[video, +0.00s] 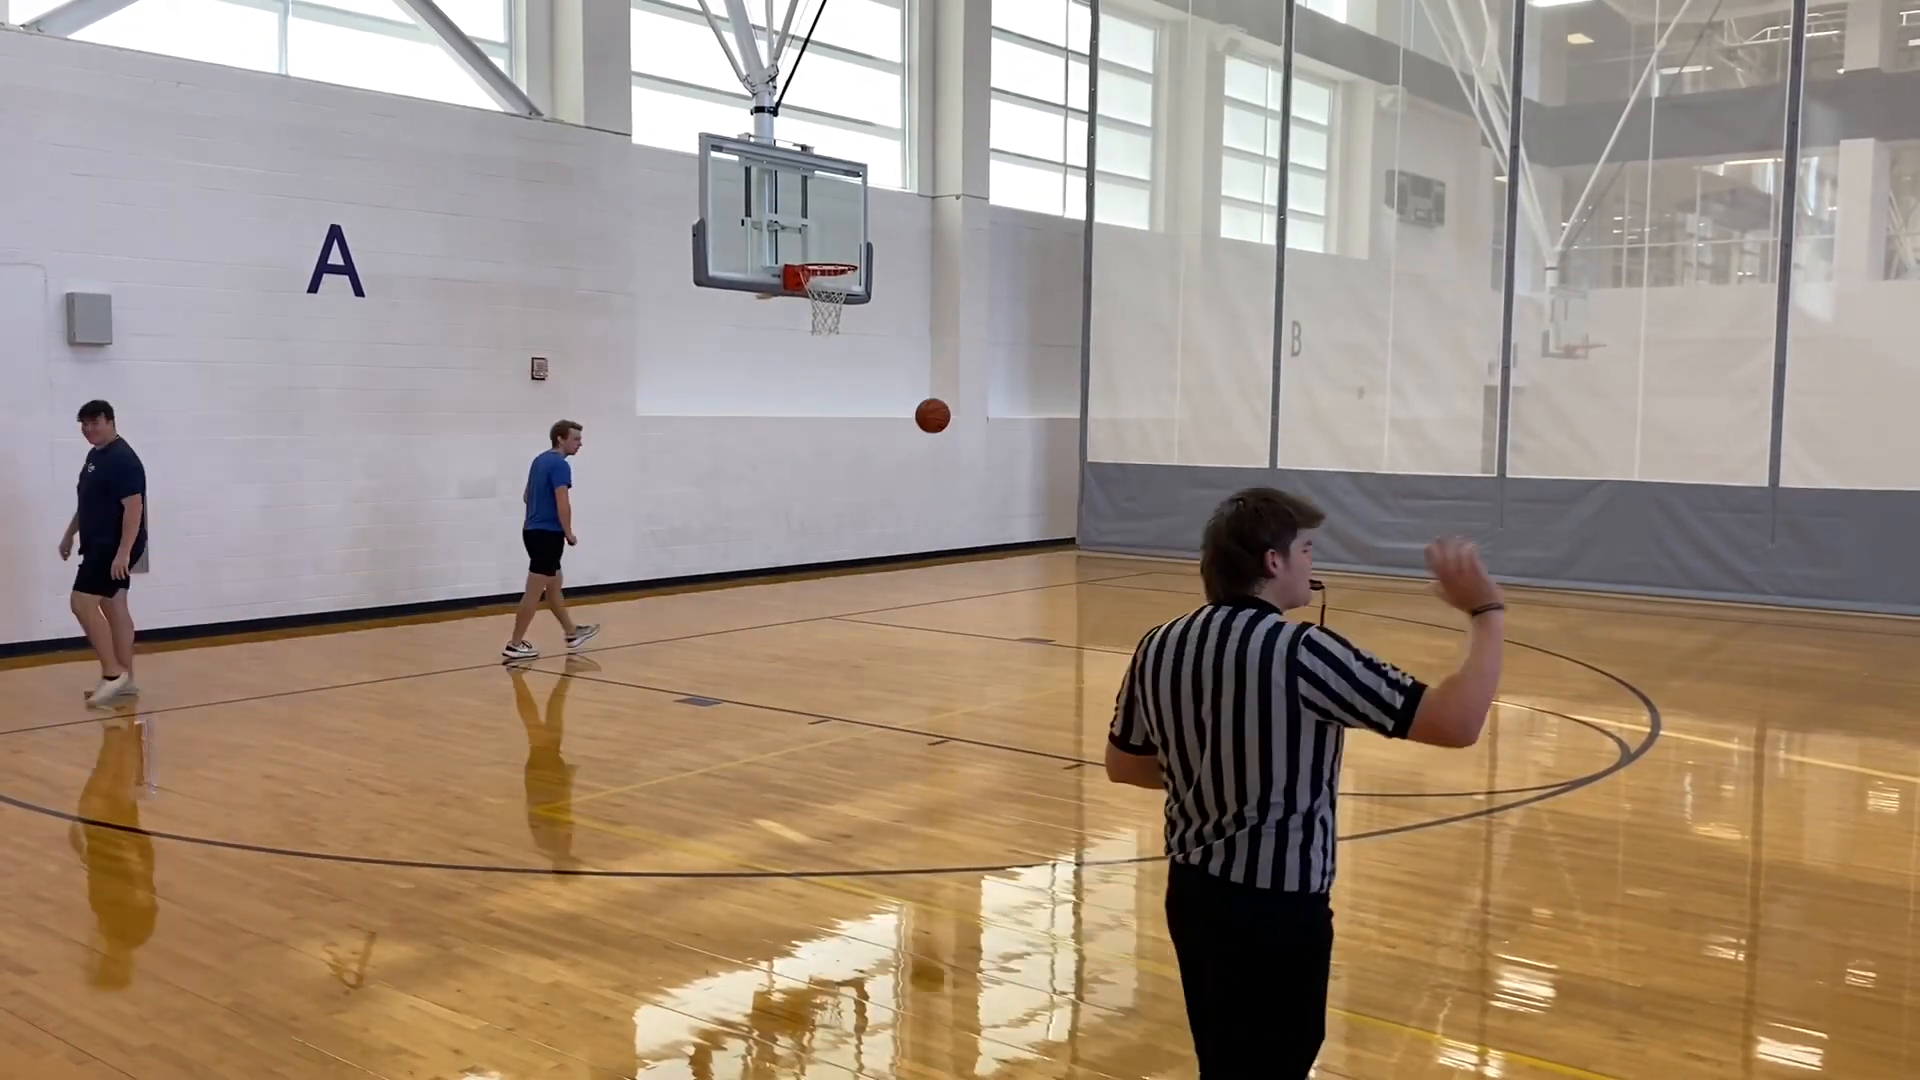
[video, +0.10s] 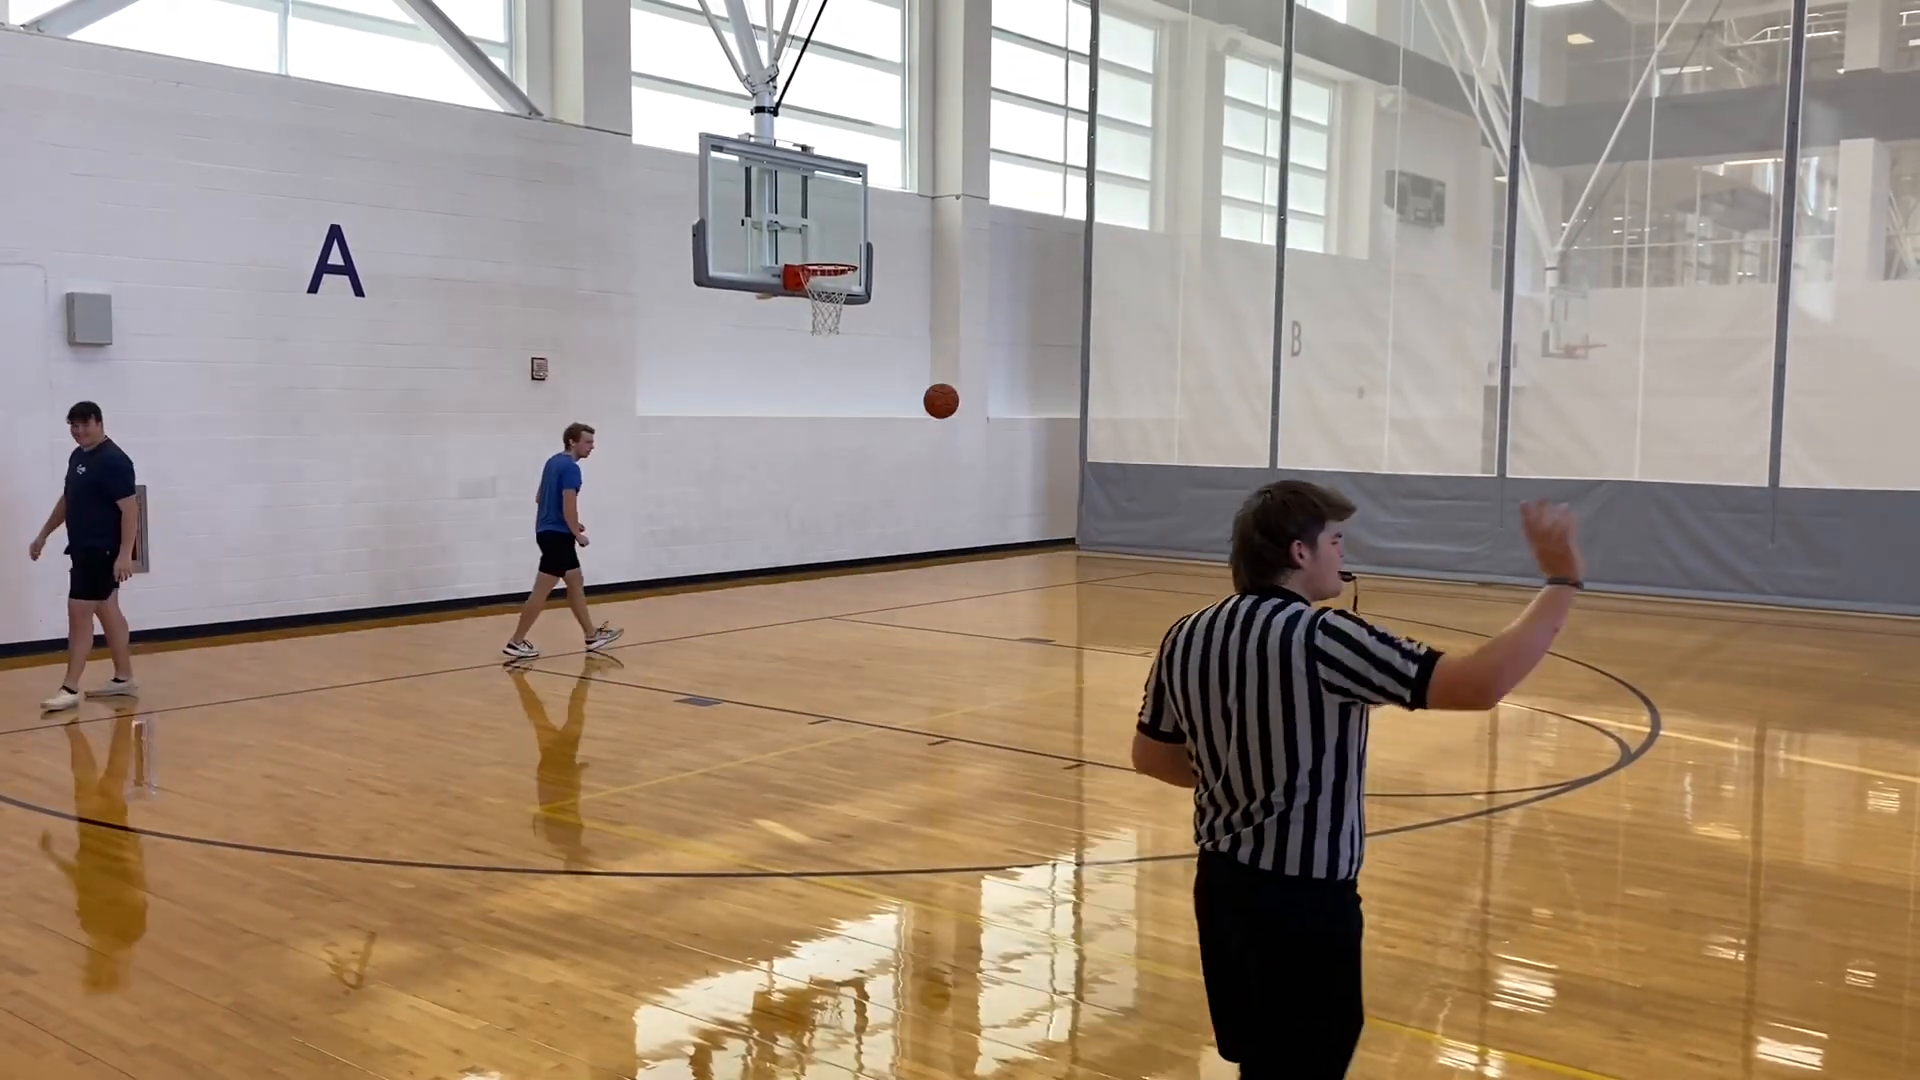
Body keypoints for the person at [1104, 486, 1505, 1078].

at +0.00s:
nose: (1312, 566)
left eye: (1310, 551)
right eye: (1306, 552)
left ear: (1224, 560)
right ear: (1273, 560)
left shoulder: (1160, 645)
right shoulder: (1300, 651)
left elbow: (1126, 761)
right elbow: (1457, 721)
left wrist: (1210, 773)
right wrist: (1487, 611)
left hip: (1192, 895)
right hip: (1281, 904)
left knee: (1220, 1059)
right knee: (1280, 1058)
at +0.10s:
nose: (1343, 559)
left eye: (1340, 544)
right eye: (1334, 543)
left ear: (1251, 556)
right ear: (1298, 552)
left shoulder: (1186, 636)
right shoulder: (1321, 637)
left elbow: (1152, 752)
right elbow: (1476, 684)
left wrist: (1237, 774)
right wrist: (1562, 583)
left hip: (1223, 889)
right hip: (1309, 900)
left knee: (1258, 1063)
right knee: (1310, 1065)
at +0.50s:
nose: (1437, 558)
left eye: (1436, 541)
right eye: (1432, 540)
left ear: (1355, 541)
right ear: (1400, 541)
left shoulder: (1277, 624)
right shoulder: (1412, 620)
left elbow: (1246, 736)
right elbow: (1560, 618)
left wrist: (1325, 756)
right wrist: (1709, 598)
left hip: (1302, 875)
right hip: (1401, 882)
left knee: (1324, 1052)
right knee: (1460, 1053)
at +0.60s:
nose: (1455, 562)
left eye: (1455, 546)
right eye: (1454, 546)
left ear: (1371, 546)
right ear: (1429, 547)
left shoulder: (1300, 626)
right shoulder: (1438, 625)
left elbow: (1265, 737)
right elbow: (1592, 622)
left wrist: (1343, 754)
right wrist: (1742, 604)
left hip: (1325, 876)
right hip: (1428, 883)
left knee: (1337, 1054)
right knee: (1471, 1056)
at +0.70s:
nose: (1479, 569)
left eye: (1478, 553)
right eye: (1479, 555)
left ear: (1396, 552)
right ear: (1463, 557)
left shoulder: (1326, 630)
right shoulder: (1469, 632)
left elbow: (1288, 740)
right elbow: (1633, 640)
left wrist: (1368, 757)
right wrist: (1777, 612)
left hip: (1350, 881)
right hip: (1458, 888)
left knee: (1353, 1057)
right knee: (1496, 1060)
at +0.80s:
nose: (1510, 562)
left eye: (1507, 550)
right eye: (1509, 552)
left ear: (1424, 552)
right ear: (1502, 562)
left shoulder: (1358, 632)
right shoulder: (1506, 637)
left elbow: (1315, 745)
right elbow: (1661, 693)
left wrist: (1397, 758)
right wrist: (1778, 615)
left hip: (1381, 892)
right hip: (1494, 899)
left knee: (1378, 1059)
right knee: (1510, 1066)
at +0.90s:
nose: (1547, 554)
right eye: (1546, 544)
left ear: (1462, 546)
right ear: (1541, 555)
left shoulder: (1391, 626)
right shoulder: (1549, 643)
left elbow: (1343, 741)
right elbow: (1655, 758)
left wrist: (1416, 764)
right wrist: (1712, 669)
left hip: (1410, 883)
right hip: (1522, 894)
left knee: (1403, 1047)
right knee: (1530, 1065)